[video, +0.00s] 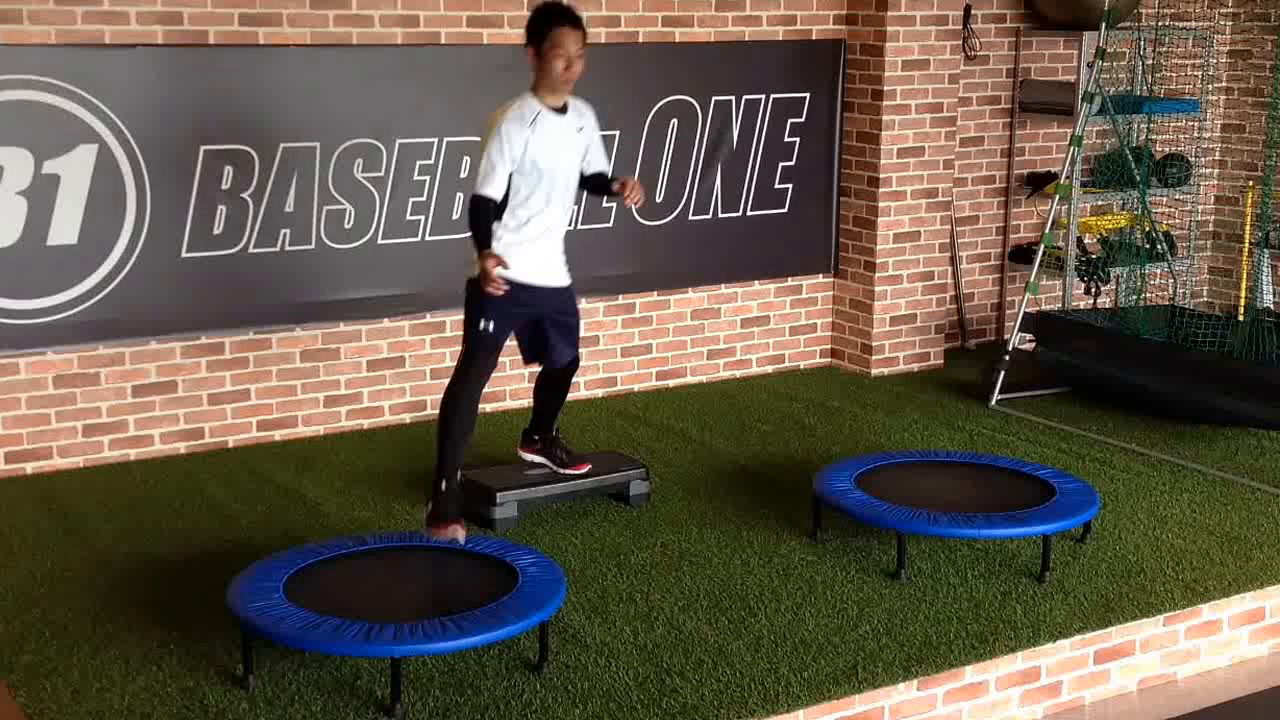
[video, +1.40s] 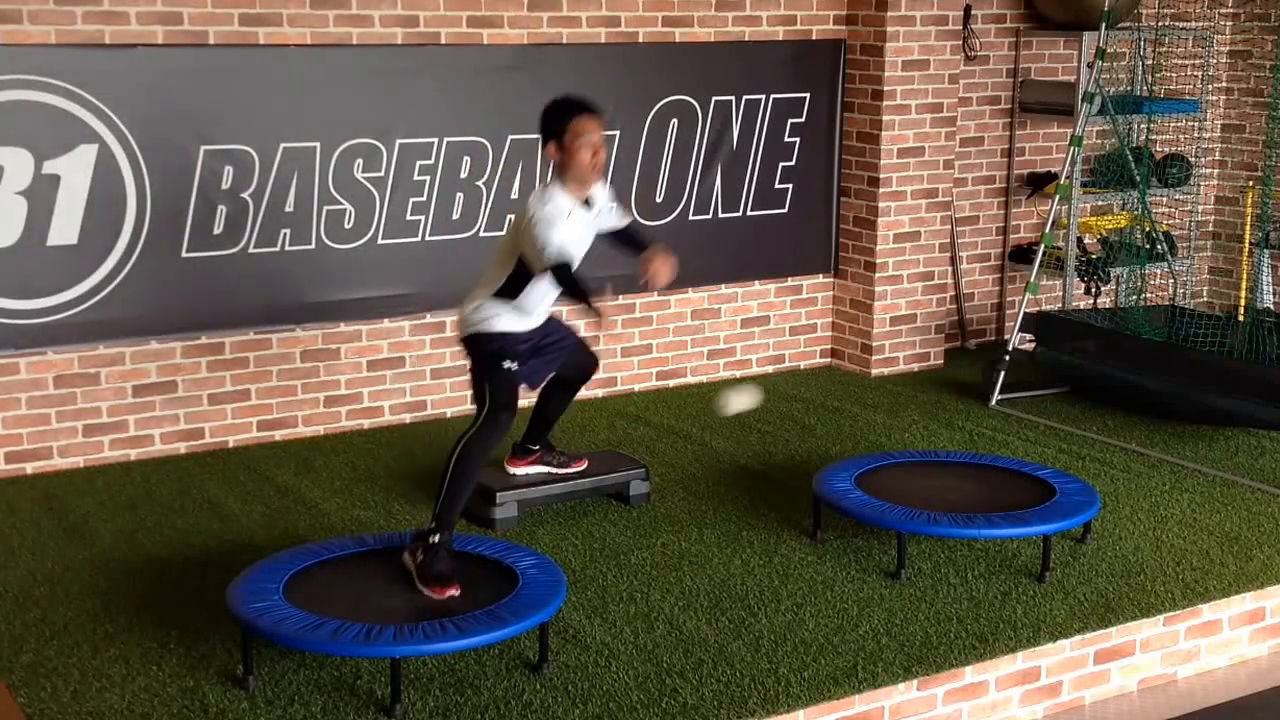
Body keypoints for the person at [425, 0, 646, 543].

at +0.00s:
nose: (572, 65)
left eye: (579, 55)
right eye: (561, 55)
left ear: (585, 59)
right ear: (534, 56)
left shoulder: (582, 116)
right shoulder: (512, 123)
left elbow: (590, 178)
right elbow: (483, 201)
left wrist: (618, 188)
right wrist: (485, 255)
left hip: (551, 274)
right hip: (501, 273)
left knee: (562, 362)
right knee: (470, 380)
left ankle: (538, 439)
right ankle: (445, 500)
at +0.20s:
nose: (541, 135)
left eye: (547, 124)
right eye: (528, 124)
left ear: (554, 129)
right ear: (497, 126)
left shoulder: (550, 186)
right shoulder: (481, 188)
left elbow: (564, 237)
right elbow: (458, 257)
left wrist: (591, 242)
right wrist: (470, 291)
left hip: (515, 320)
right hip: (464, 321)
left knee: (549, 396)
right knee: (468, 413)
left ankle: (534, 442)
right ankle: (430, 543)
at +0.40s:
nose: (517, 208)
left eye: (522, 197)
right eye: (504, 198)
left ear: (530, 198)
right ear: (473, 200)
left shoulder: (535, 238)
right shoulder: (455, 262)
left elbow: (562, 270)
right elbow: (445, 325)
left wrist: (576, 290)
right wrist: (466, 354)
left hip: (497, 355)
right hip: (439, 355)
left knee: (538, 413)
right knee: (440, 418)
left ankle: (534, 444)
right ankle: (428, 542)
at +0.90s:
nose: (513, 285)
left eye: (520, 273)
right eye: (500, 275)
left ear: (527, 266)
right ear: (469, 272)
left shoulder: (534, 285)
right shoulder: (449, 319)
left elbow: (566, 302)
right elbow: (463, 386)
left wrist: (580, 342)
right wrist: (495, 427)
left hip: (491, 371)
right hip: (427, 372)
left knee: (535, 419)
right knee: (436, 416)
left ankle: (541, 447)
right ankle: (427, 544)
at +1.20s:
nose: (560, 223)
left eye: (563, 211)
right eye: (547, 214)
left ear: (567, 214)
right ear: (512, 220)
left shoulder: (560, 251)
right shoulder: (491, 281)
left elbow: (565, 288)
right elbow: (507, 383)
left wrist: (585, 322)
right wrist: (522, 471)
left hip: (500, 346)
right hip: (440, 348)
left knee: (548, 392)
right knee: (463, 416)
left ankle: (535, 446)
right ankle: (427, 542)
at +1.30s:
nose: (577, 196)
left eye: (579, 185)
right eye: (565, 186)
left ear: (584, 188)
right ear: (531, 191)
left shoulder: (571, 228)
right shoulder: (518, 251)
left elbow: (577, 263)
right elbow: (534, 331)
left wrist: (602, 292)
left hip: (515, 332)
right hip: (460, 336)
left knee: (562, 379)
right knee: (484, 419)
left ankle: (529, 446)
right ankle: (432, 544)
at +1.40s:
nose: (599, 155)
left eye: (602, 144)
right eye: (587, 146)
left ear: (605, 146)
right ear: (555, 152)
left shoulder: (595, 195)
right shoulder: (544, 208)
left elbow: (623, 229)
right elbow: (558, 266)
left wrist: (653, 253)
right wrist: (591, 298)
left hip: (534, 320)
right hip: (492, 324)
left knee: (581, 364)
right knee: (497, 416)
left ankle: (530, 449)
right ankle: (434, 540)